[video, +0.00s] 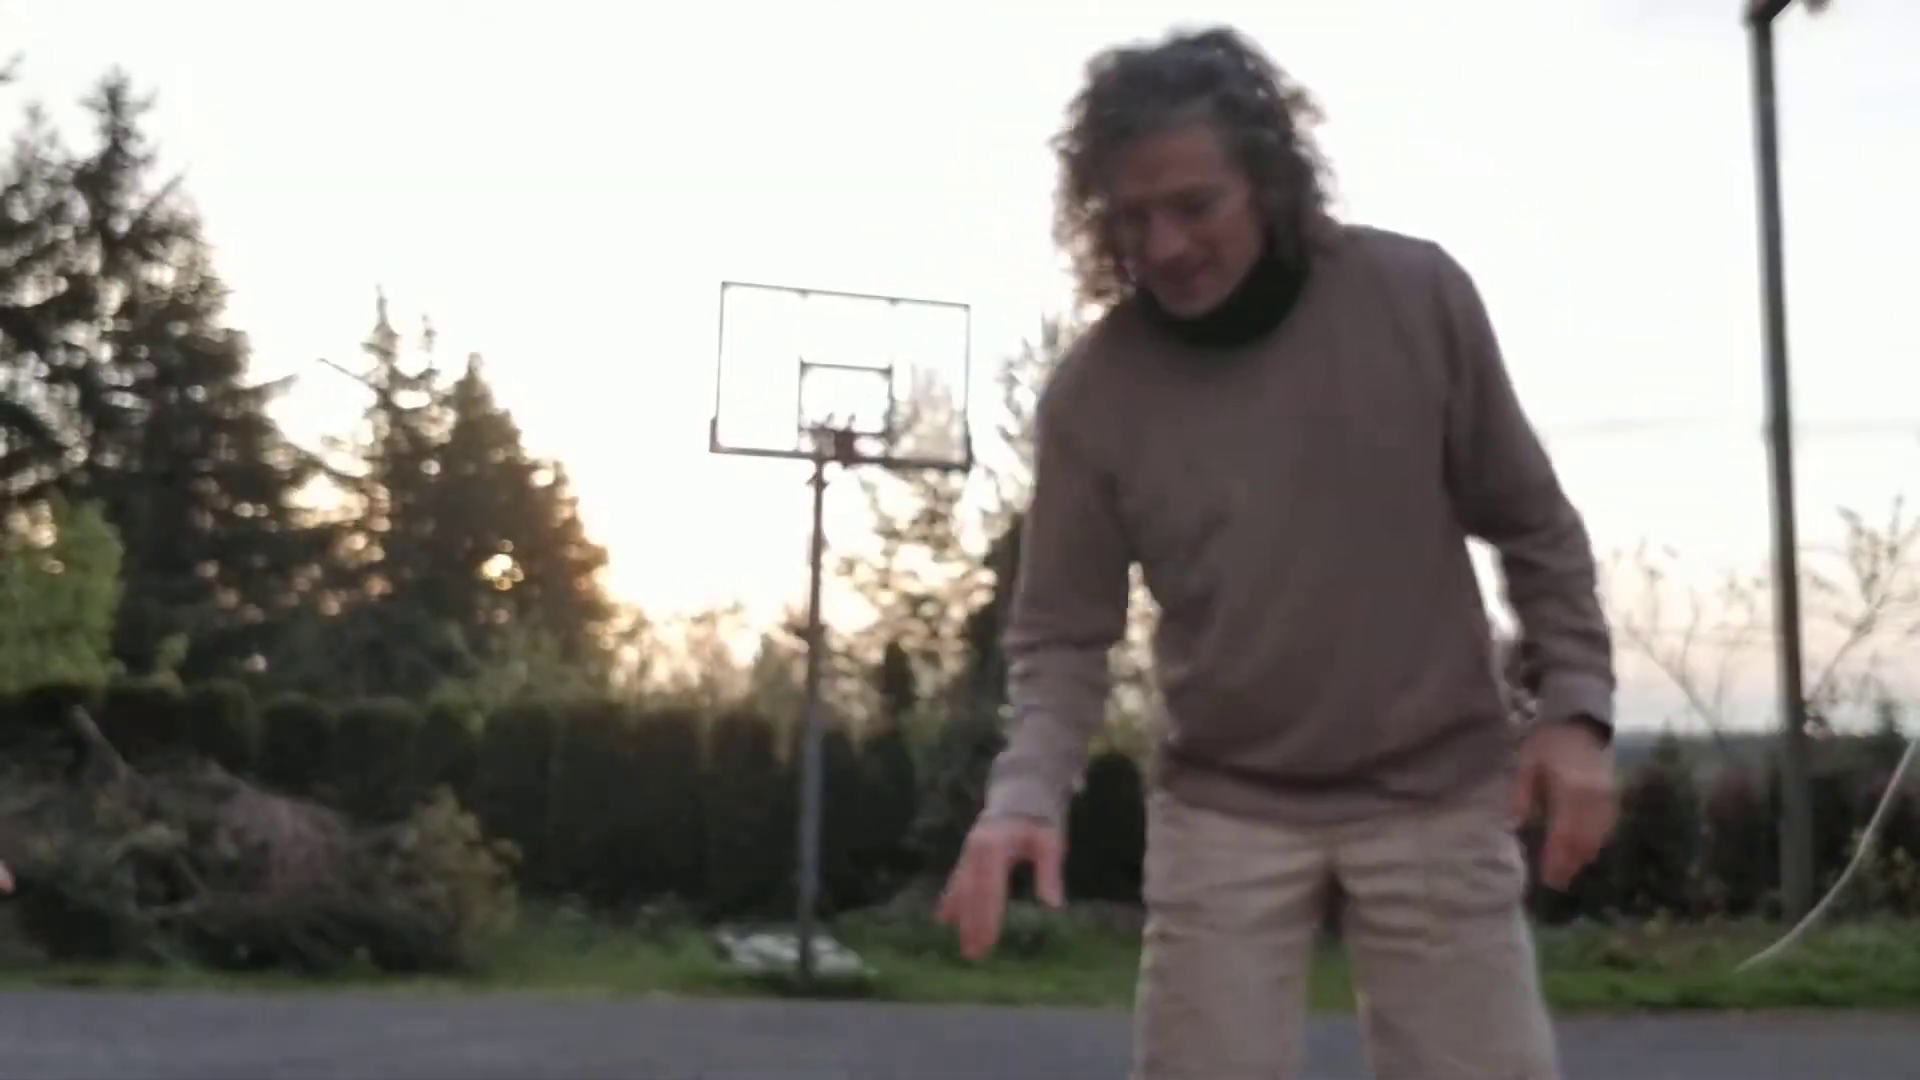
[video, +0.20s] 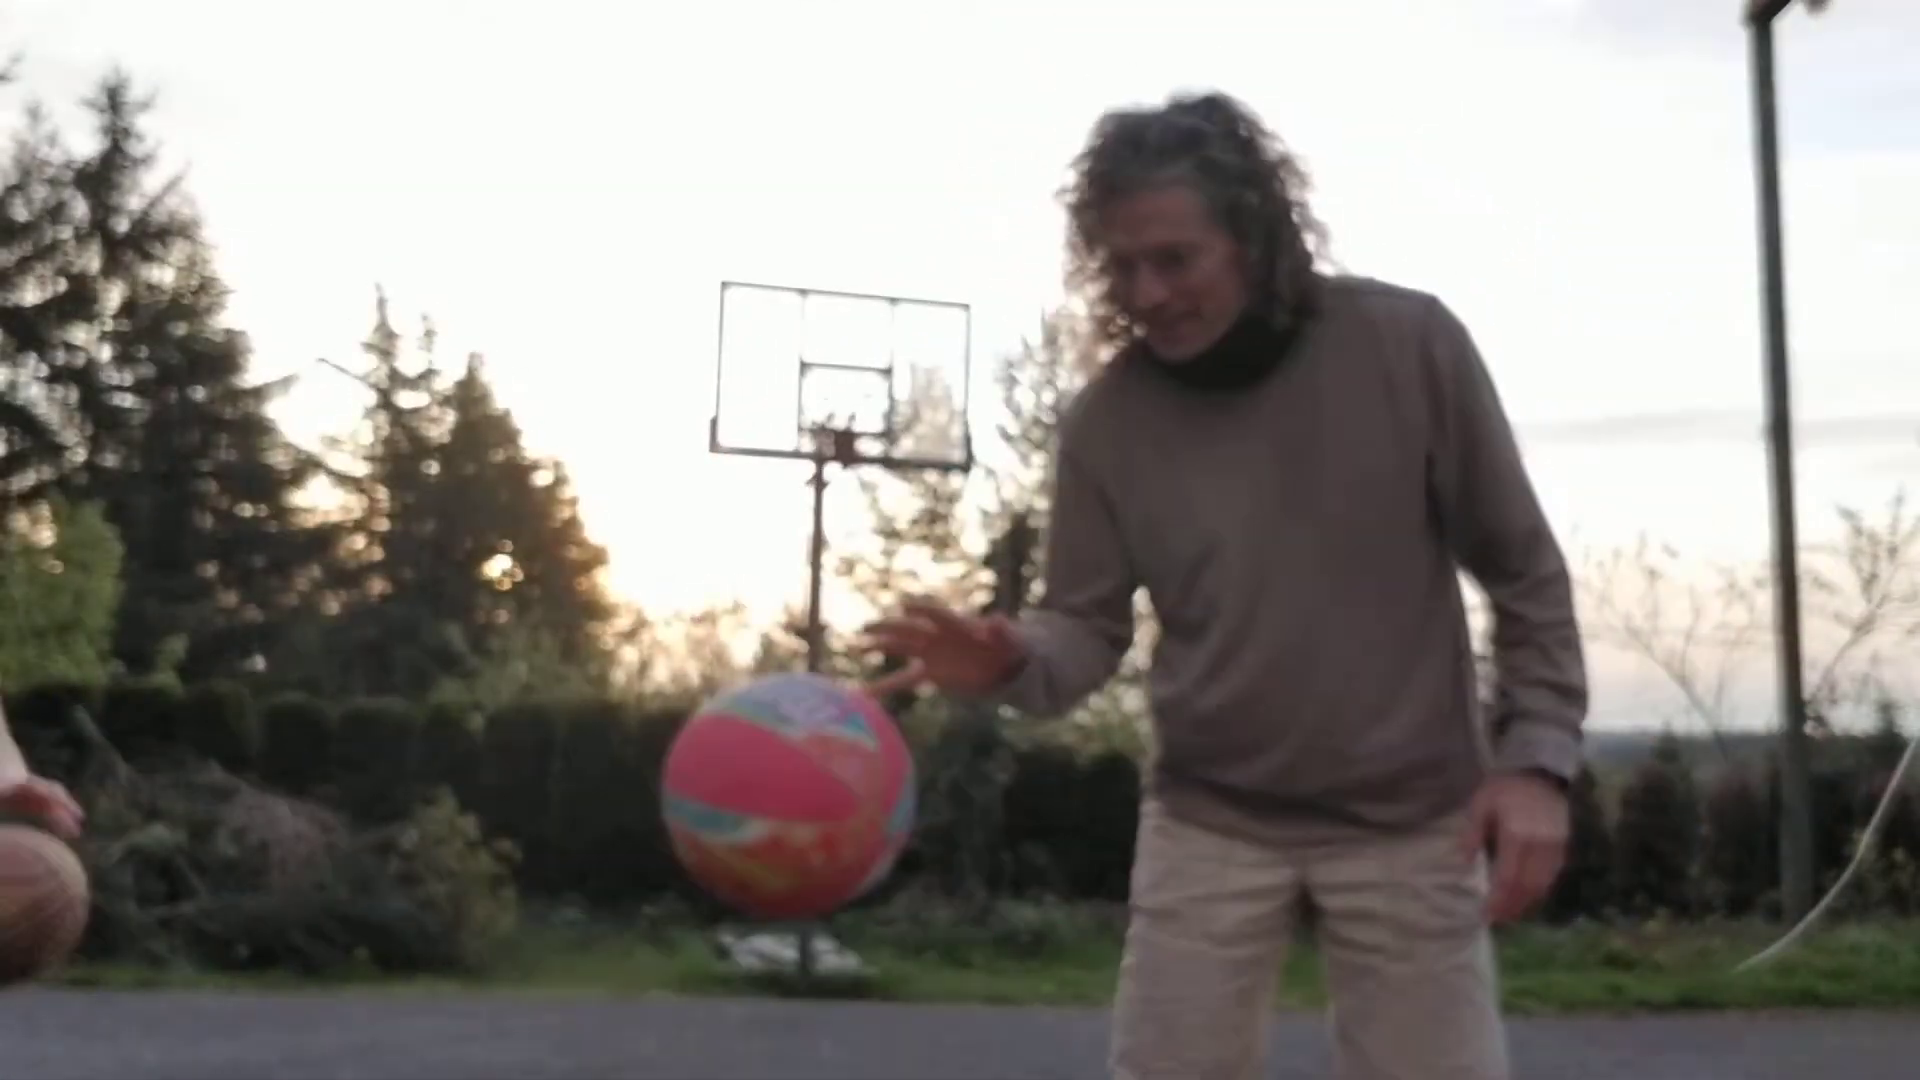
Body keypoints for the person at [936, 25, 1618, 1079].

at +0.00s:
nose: (1166, 246)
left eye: (1196, 206)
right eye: (1132, 216)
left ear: (1270, 181)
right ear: (1101, 216)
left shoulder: (1415, 299)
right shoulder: (1094, 395)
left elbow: (1535, 526)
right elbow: (1059, 638)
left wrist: (1575, 713)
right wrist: (1025, 802)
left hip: (1438, 800)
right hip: (1225, 813)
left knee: (1491, 1065)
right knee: (1202, 1065)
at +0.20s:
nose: (1148, 293)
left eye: (1175, 259)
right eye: (1123, 266)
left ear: (1253, 238)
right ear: (1102, 267)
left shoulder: (1409, 348)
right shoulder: (1106, 425)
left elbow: (1527, 575)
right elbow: (1083, 630)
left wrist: (1536, 763)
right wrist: (1006, 659)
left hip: (1408, 827)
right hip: (1206, 830)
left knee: (1441, 1067)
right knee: (1165, 1066)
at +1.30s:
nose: (1191, 144)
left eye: (1222, 105)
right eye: (1153, 111)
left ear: (1271, 115)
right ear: (1103, 129)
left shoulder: (1371, 267)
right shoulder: (1044, 325)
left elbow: (1446, 499)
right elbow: (1003, 582)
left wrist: (1520, 686)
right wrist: (1010, 812)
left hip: (1352, 774)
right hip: (1129, 779)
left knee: (1411, 1059)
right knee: (1103, 1058)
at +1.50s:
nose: (1194, 74)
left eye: (1228, 32)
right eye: (1150, 38)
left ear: (1280, 44)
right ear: (1092, 57)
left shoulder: (1370, 212)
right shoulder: (1033, 272)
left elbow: (1443, 472)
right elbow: (979, 545)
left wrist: (1529, 652)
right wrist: (1029, 713)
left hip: (1358, 763)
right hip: (1127, 770)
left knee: (1428, 1060)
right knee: (1087, 1060)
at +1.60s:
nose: (1184, 39)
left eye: (1220, 2)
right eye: (1142, 4)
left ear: (1273, 14)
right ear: (1084, 22)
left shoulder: (1379, 185)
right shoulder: (1019, 249)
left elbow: (1450, 453)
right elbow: (977, 504)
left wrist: (1536, 657)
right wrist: (1003, 584)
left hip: (1361, 755)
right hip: (1116, 762)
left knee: (1436, 1060)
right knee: (1089, 1065)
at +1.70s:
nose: (1173, 20)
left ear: (1267, 3)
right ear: (1071, 11)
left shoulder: (1375, 155)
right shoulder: (1006, 229)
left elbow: (1457, 438)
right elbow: (980, 567)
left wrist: (1544, 650)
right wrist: (934, 544)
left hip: (1368, 744)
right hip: (1116, 754)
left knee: (1448, 1063)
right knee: (1075, 1063)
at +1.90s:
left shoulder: (1374, 108)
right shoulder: (977, 188)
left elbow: (1469, 400)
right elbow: (917, 520)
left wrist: (1578, 600)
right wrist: (778, 449)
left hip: (1391, 732)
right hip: (1118, 748)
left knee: (1476, 1055)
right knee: (1087, 1053)